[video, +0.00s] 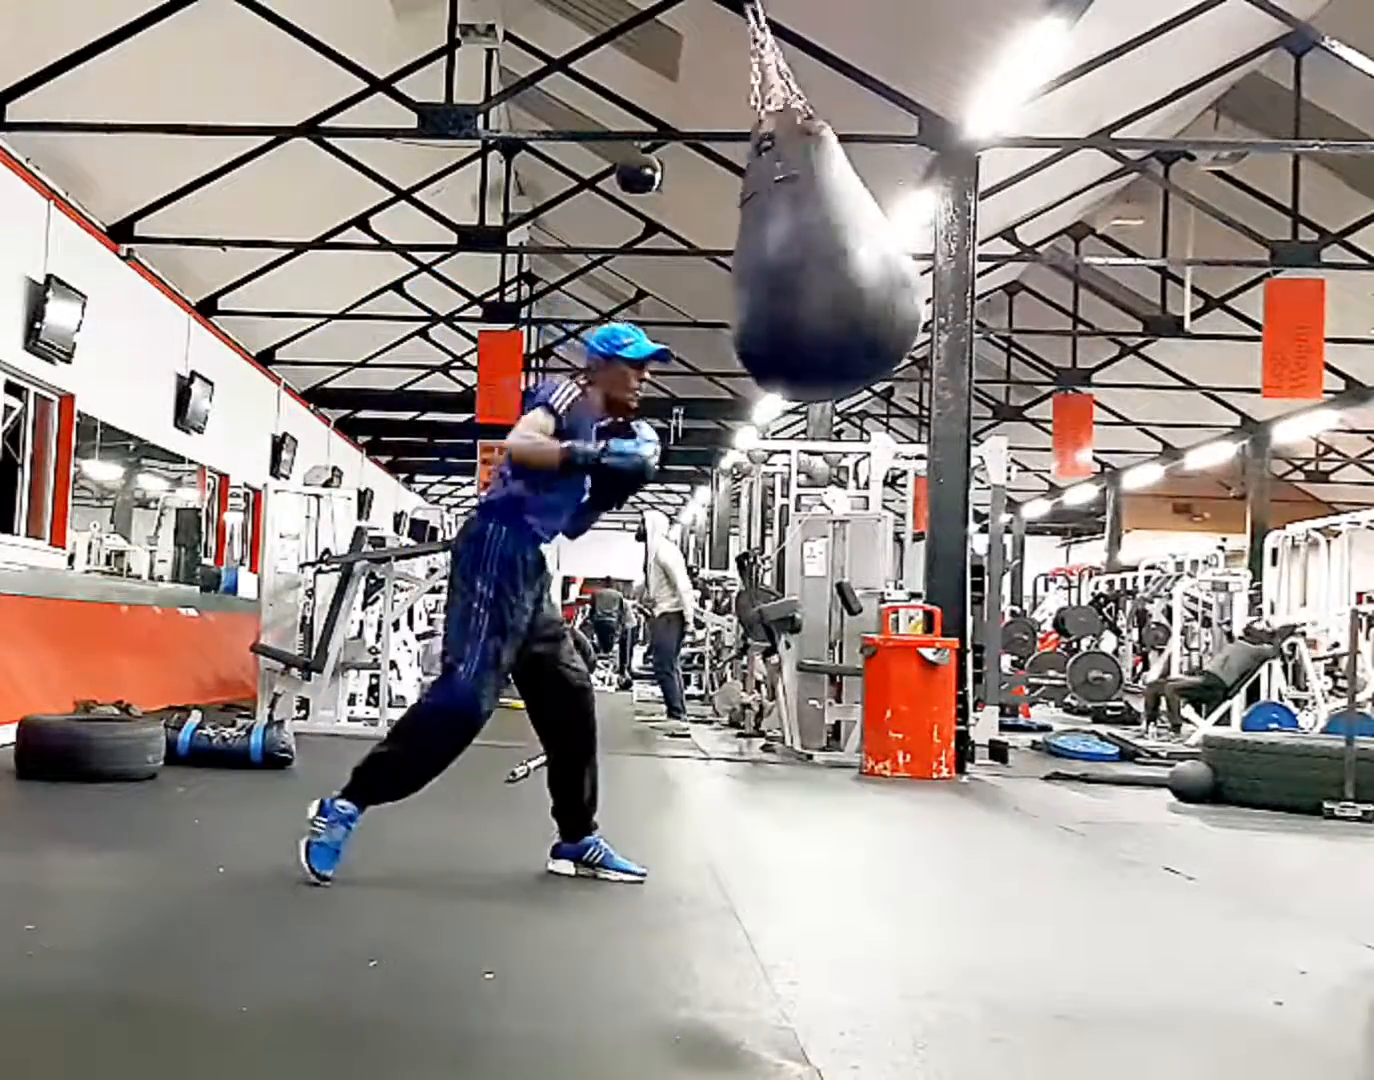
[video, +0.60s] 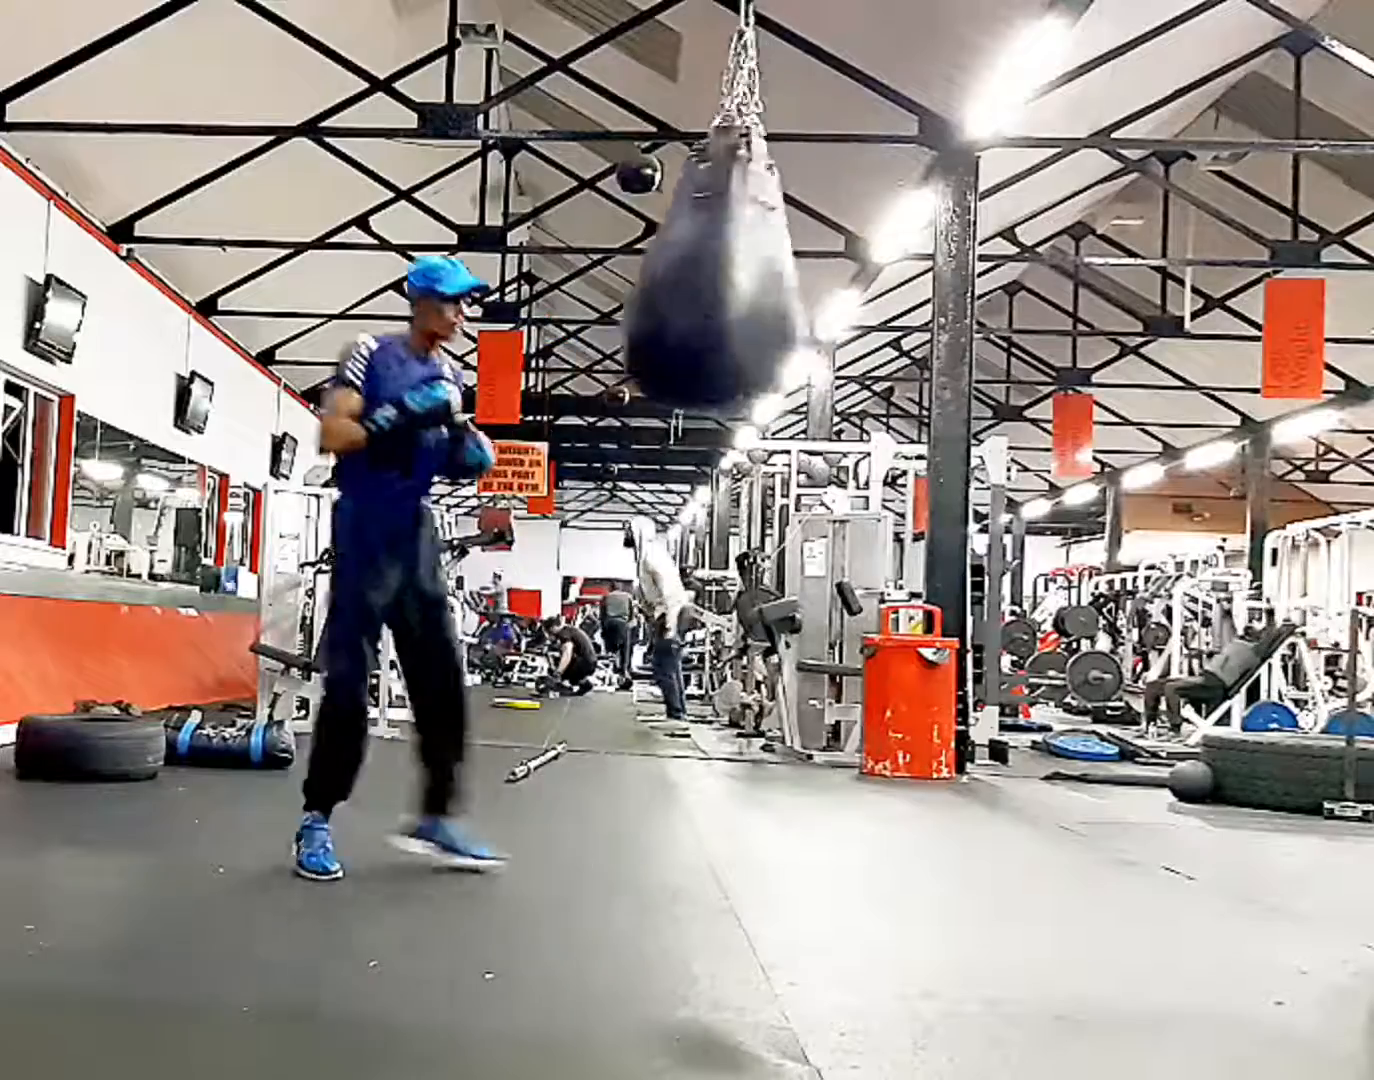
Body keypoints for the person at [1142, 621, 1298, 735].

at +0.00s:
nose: (1252, 629)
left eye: (1257, 629)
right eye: (1254, 627)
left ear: (1262, 636)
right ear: (1249, 631)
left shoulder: (1259, 650)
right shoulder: (1237, 643)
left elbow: (1277, 651)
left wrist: (1277, 637)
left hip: (1217, 682)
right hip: (1204, 675)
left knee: (1171, 688)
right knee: (1152, 687)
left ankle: (1175, 731)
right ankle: (1147, 729)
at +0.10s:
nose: (1254, 634)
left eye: (1257, 633)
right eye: (1256, 632)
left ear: (1260, 640)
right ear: (1250, 634)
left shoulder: (1259, 651)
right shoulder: (1238, 644)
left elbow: (1283, 655)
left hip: (1217, 682)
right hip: (1203, 674)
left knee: (1171, 688)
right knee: (1153, 687)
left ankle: (1175, 731)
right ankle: (1148, 728)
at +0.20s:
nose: (1255, 635)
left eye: (1258, 634)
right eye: (1256, 633)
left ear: (1260, 640)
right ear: (1250, 634)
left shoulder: (1257, 651)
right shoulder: (1237, 644)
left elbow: (1281, 654)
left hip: (1217, 682)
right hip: (1203, 674)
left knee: (1171, 688)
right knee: (1152, 687)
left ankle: (1175, 731)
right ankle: (1148, 727)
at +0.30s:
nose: (1251, 629)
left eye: (1256, 628)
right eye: (1252, 626)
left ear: (1261, 636)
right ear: (1247, 631)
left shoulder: (1259, 650)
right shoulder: (1237, 643)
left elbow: (1278, 653)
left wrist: (1274, 637)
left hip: (1217, 682)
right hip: (1204, 674)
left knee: (1171, 687)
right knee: (1152, 688)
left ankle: (1175, 731)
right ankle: (1148, 728)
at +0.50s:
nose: (1248, 633)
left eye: (1252, 632)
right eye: (1248, 631)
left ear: (1258, 635)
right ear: (1246, 633)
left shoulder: (1258, 650)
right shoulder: (1236, 643)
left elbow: (1273, 644)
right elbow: (1229, 632)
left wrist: (1270, 624)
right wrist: (1224, 617)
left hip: (1217, 682)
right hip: (1203, 676)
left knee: (1171, 688)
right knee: (1152, 687)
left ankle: (1175, 730)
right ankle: (1148, 727)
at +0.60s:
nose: (1249, 629)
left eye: (1254, 628)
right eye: (1249, 627)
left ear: (1259, 635)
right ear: (1246, 631)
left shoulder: (1256, 651)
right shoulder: (1235, 642)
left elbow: (1275, 632)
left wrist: (1269, 615)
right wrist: (1226, 611)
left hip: (1218, 683)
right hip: (1204, 677)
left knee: (1172, 688)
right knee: (1153, 687)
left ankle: (1175, 730)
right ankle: (1149, 726)